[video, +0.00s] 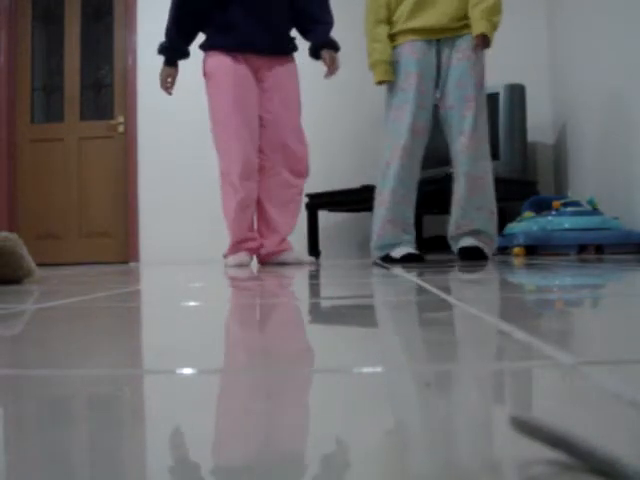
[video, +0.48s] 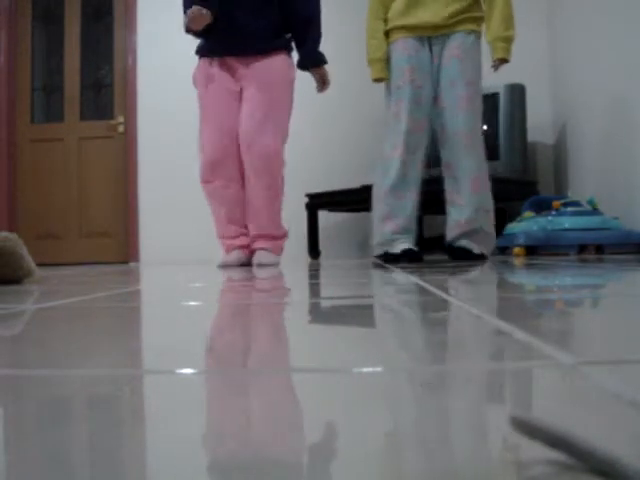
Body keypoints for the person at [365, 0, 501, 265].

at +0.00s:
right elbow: (377, 5)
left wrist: (483, 19)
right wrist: (380, 53)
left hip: (463, 27)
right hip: (409, 30)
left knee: (468, 137)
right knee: (405, 139)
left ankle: (472, 236)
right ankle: (394, 242)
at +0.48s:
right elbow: (378, 4)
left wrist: (500, 33)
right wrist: (376, 52)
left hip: (460, 21)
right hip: (405, 23)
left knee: (462, 131)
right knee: (405, 133)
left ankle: (469, 237)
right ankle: (396, 240)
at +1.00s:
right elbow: (367, 3)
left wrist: (464, 26)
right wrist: (371, 51)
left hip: (450, 32)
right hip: (399, 35)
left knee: (458, 141)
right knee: (400, 142)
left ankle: (464, 239)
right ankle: (395, 242)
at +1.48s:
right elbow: (377, 2)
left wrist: (509, 31)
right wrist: (380, 45)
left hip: (466, 27)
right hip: (409, 30)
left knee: (475, 134)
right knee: (416, 138)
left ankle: (483, 236)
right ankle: (419, 241)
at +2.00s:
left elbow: (483, 0)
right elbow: (374, 4)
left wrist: (480, 33)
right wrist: (375, 54)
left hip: (454, 31)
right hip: (400, 32)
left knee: (453, 134)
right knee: (400, 138)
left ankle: (461, 239)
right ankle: (401, 243)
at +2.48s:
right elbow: (374, 4)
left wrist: (476, 29)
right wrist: (370, 61)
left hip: (466, 30)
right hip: (412, 31)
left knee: (478, 140)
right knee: (416, 139)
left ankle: (484, 240)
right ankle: (410, 242)